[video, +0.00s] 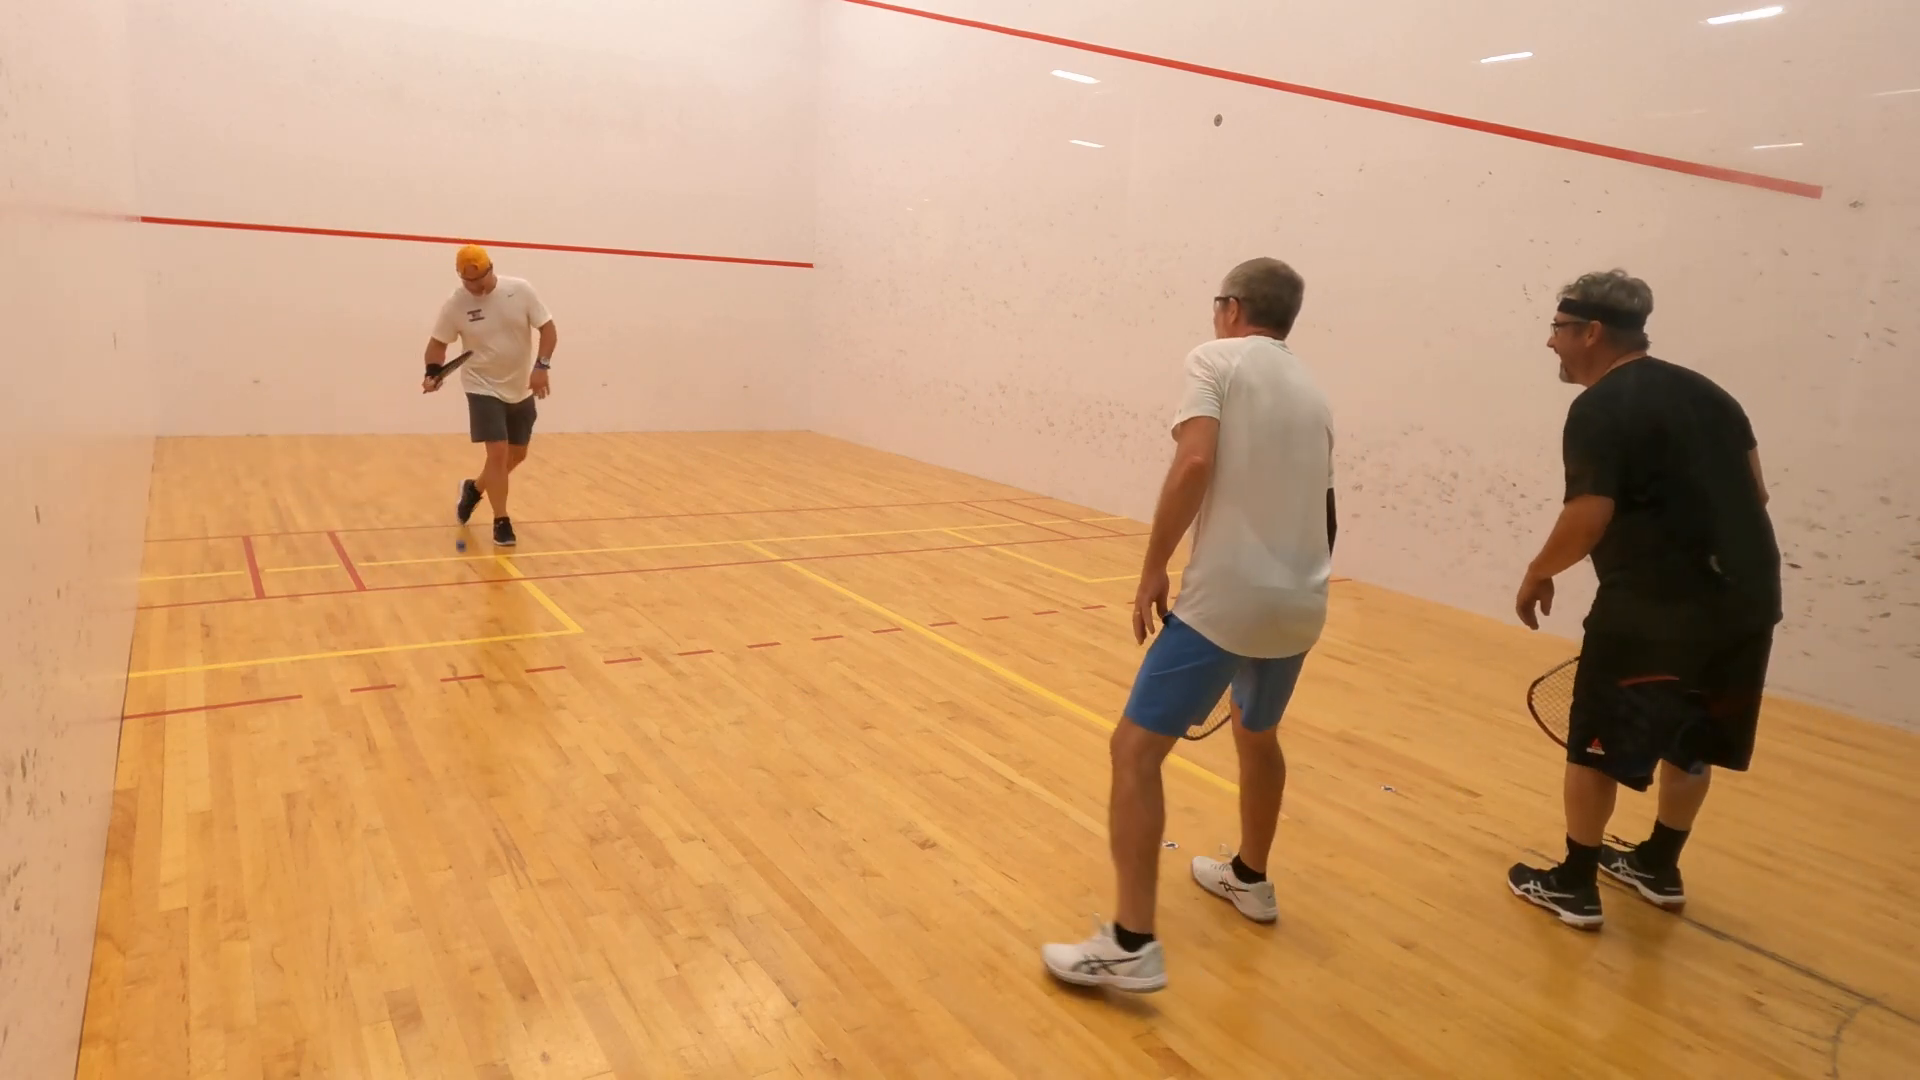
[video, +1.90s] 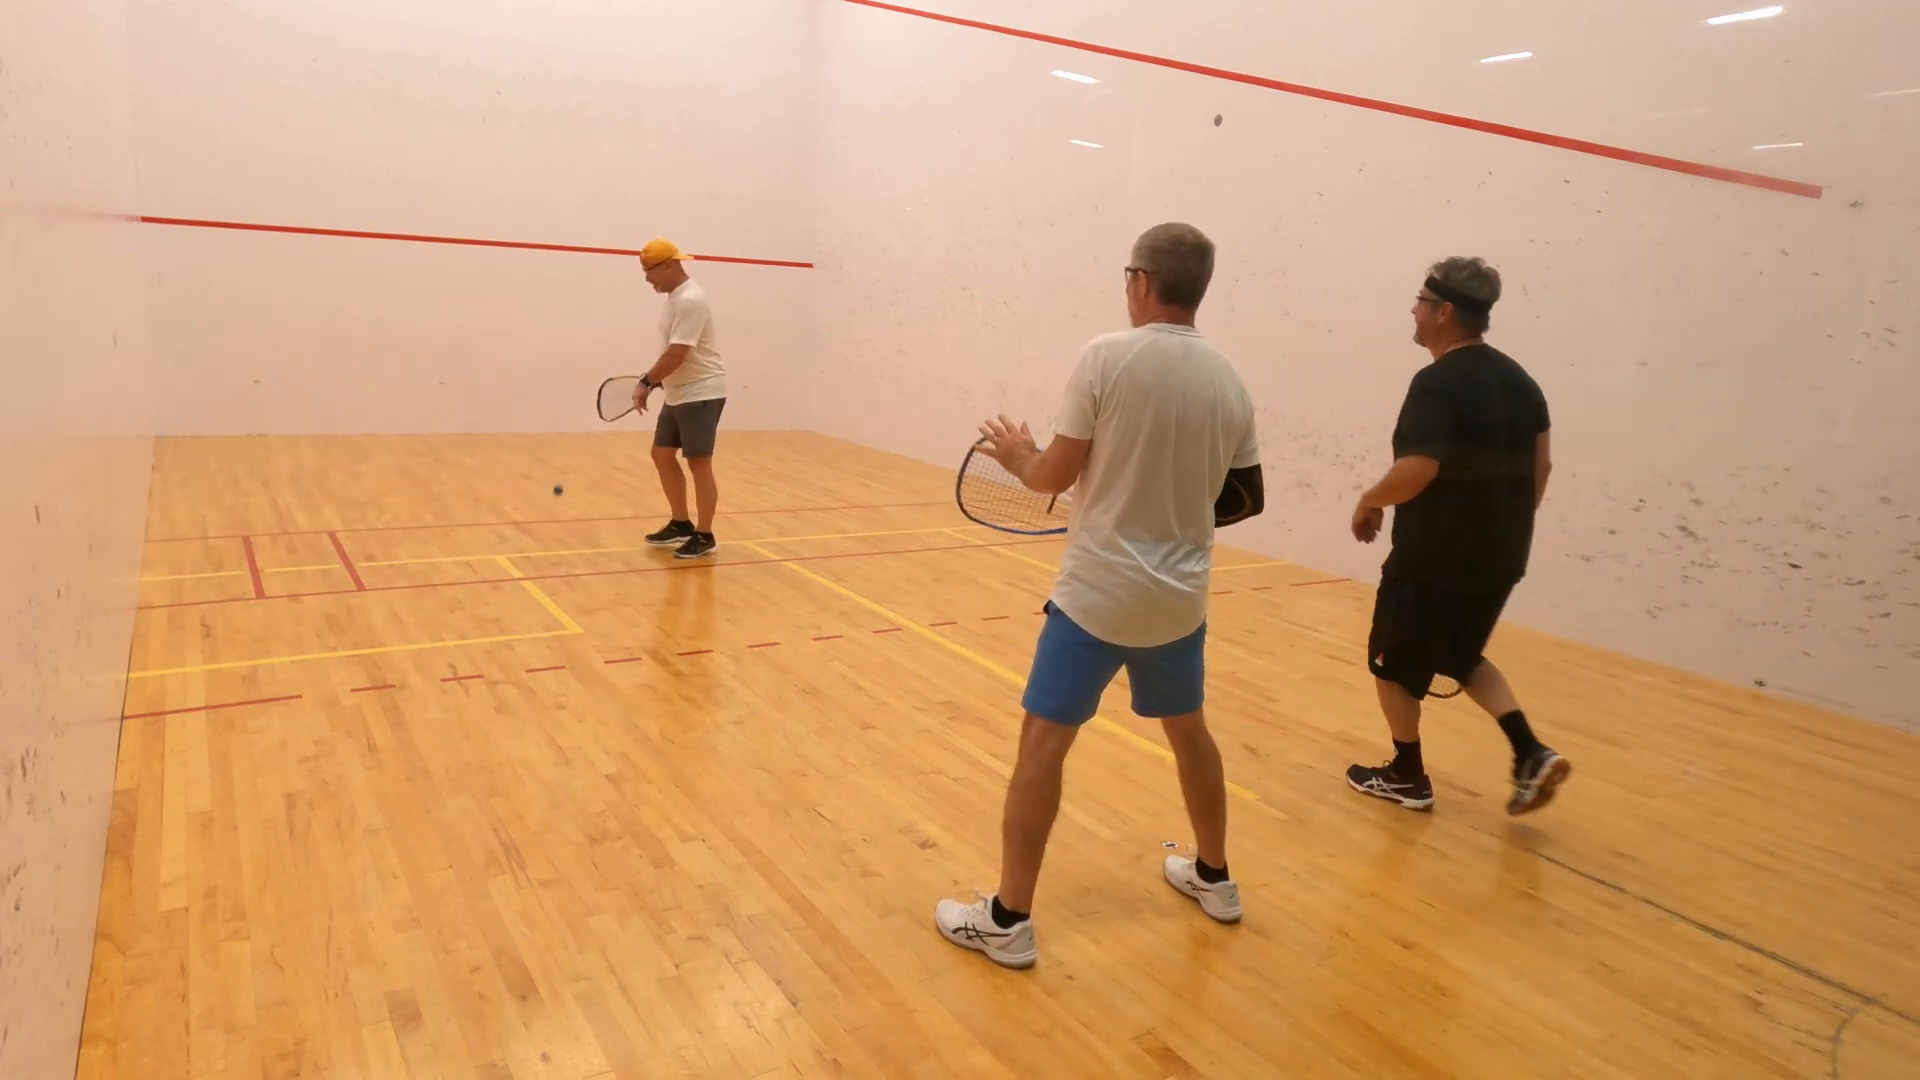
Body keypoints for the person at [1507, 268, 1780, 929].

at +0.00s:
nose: (1552, 342)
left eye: (1561, 328)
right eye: (1553, 328)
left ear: (1597, 333)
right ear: (1622, 334)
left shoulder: (1598, 408)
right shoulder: (1711, 396)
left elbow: (1587, 517)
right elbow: (1753, 495)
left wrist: (1538, 571)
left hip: (1651, 608)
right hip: (1742, 608)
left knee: (1598, 733)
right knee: (1695, 734)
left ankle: (1575, 879)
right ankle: (1659, 863)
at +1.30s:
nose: (1573, 326)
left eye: (1584, 315)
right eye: (1578, 313)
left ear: (1618, 325)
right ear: (1644, 328)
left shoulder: (1600, 391)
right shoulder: (1709, 397)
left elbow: (1581, 481)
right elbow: (1747, 493)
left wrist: (1542, 531)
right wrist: (1712, 566)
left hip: (1610, 594)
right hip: (1698, 602)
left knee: (1531, 687)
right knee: (1657, 718)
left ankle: (1549, 823)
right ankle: (1658, 861)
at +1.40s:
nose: (1561, 327)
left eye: (1570, 316)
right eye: (1565, 315)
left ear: (1600, 325)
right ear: (1623, 329)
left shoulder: (1585, 393)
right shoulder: (1693, 399)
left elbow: (1570, 483)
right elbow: (1724, 495)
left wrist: (1524, 530)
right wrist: (1691, 560)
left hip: (1594, 592)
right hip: (1679, 602)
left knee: (1506, 674)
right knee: (1647, 722)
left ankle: (1488, 803)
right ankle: (1657, 861)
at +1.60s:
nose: (1509, 328)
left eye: (1518, 319)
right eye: (1514, 316)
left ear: (1546, 331)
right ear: (1570, 336)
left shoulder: (1534, 399)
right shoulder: (1630, 402)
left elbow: (1523, 489)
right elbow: (1654, 495)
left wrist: (1475, 530)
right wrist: (1610, 546)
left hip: (1539, 588)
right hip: (1618, 595)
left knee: (1459, 665)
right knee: (1618, 714)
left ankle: (1419, 773)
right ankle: (1653, 857)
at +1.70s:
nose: (1474, 323)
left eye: (1484, 315)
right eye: (1480, 312)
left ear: (1510, 328)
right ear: (1536, 331)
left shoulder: (1498, 398)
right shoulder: (1587, 397)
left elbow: (1488, 488)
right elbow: (1613, 486)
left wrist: (1440, 529)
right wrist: (1574, 543)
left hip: (1502, 576)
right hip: (1576, 584)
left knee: (1429, 656)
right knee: (1588, 701)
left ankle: (1410, 771)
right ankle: (1645, 838)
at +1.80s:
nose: (1441, 315)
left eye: (1450, 307)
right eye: (1446, 305)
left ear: (1475, 321)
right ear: (1499, 324)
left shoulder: (1464, 390)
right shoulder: (1551, 388)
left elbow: (1452, 478)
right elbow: (1573, 474)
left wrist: (1405, 515)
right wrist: (1547, 534)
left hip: (1462, 566)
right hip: (1534, 570)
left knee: (1410, 661)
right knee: (1523, 676)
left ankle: (1407, 773)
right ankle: (1604, 792)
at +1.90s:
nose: (1414, 311)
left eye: (1423, 303)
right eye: (1418, 300)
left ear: (1448, 314)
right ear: (1473, 317)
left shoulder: (1436, 382)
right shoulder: (1521, 383)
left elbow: (1417, 468)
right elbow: (1539, 470)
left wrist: (1370, 499)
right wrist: (1506, 523)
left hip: (1433, 556)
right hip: (1498, 559)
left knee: (1393, 657)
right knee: (1460, 652)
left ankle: (1406, 772)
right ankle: (1530, 753)